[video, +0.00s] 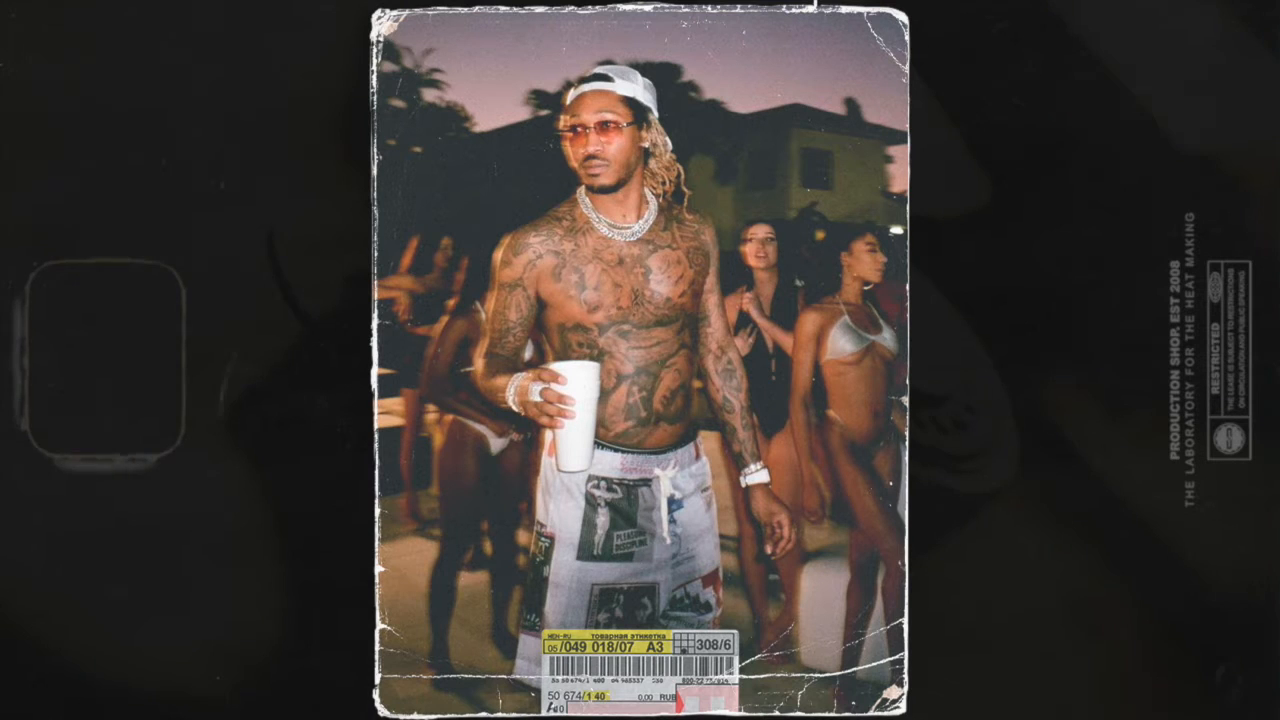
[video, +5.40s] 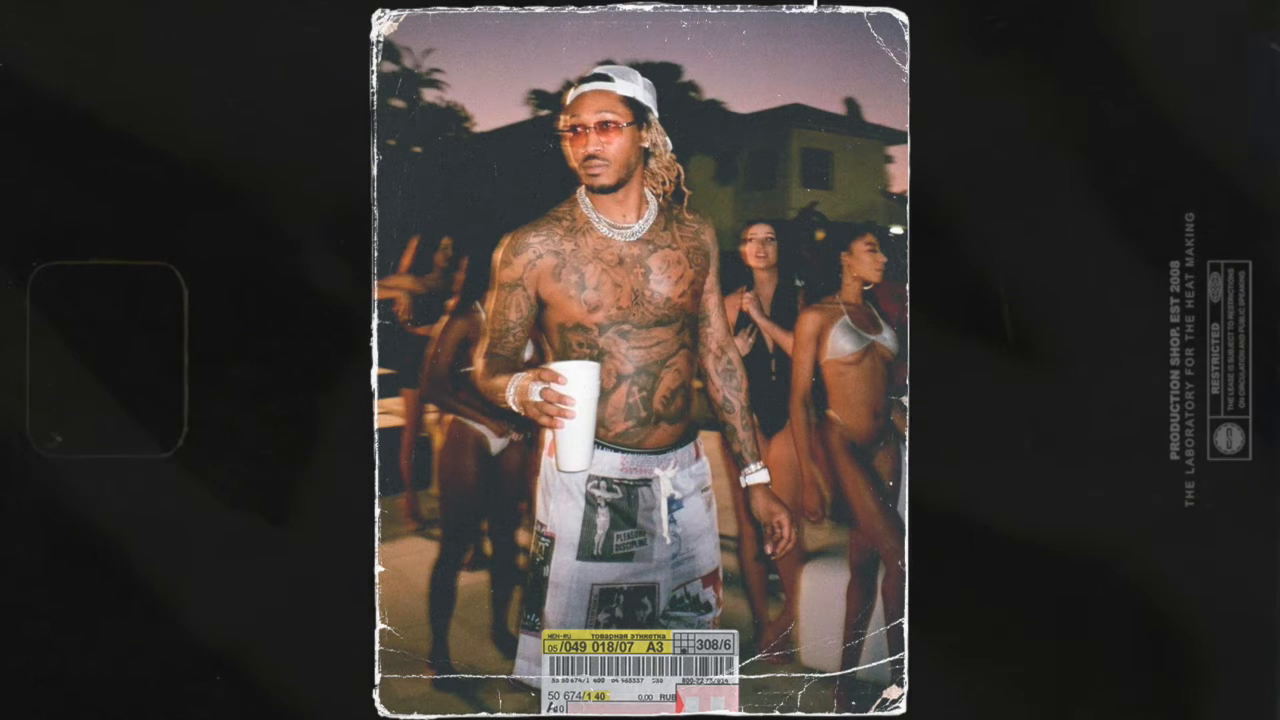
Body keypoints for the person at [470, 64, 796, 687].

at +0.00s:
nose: (590, 143)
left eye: (608, 126)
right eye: (576, 130)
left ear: (646, 138)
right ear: (565, 143)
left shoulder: (693, 235)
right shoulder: (532, 248)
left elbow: (720, 358)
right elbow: (491, 365)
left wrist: (756, 482)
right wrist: (516, 389)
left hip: (681, 477)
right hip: (582, 482)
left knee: (690, 664)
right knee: (573, 669)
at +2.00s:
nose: (589, 143)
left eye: (608, 126)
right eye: (576, 130)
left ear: (646, 138)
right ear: (565, 144)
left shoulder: (693, 235)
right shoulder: (532, 247)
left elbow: (720, 358)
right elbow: (491, 364)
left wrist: (756, 482)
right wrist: (516, 389)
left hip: (681, 476)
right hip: (582, 481)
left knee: (689, 663)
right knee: (573, 668)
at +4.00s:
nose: (589, 143)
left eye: (608, 126)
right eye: (576, 130)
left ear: (645, 138)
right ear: (565, 144)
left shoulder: (693, 235)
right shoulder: (532, 248)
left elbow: (720, 358)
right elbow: (491, 364)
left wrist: (756, 481)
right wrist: (516, 389)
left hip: (681, 476)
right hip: (582, 481)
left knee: (689, 664)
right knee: (574, 669)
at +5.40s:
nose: (590, 143)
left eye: (608, 126)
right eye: (576, 130)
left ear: (645, 138)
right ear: (565, 144)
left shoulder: (694, 236)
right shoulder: (532, 248)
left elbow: (720, 359)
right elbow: (491, 365)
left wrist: (756, 482)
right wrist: (516, 389)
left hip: (681, 477)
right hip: (582, 482)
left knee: (689, 664)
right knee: (573, 669)